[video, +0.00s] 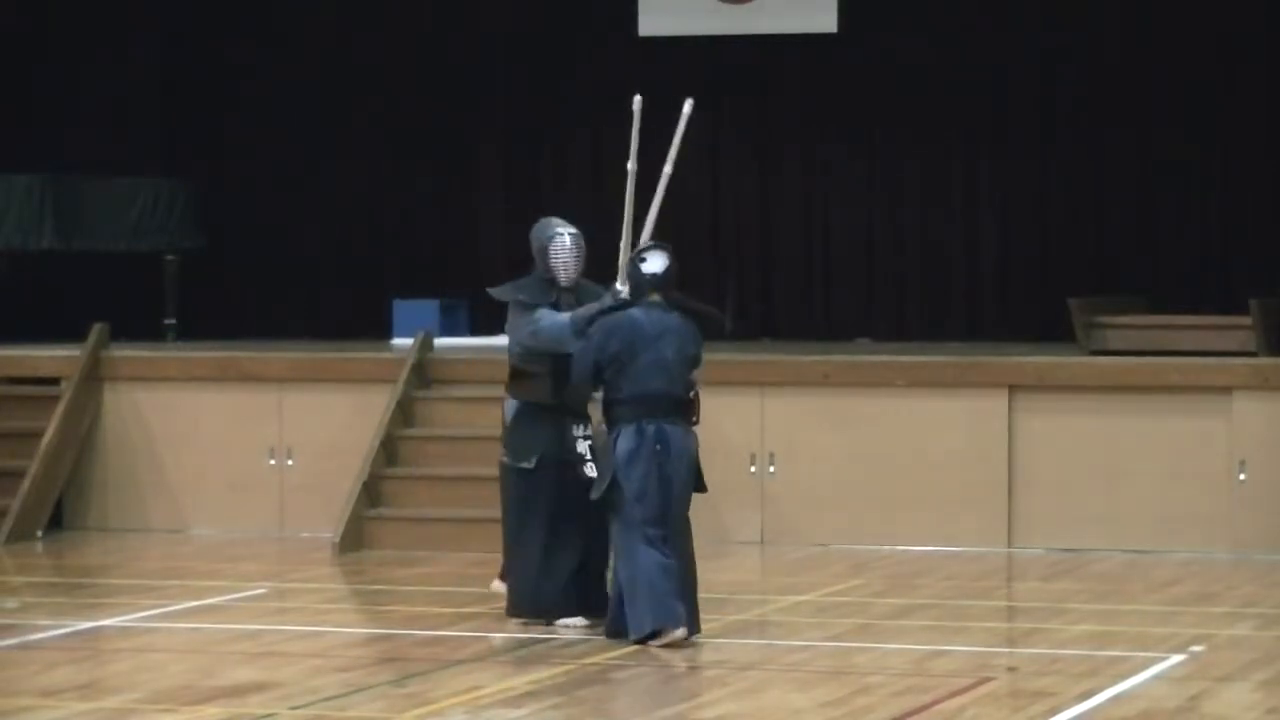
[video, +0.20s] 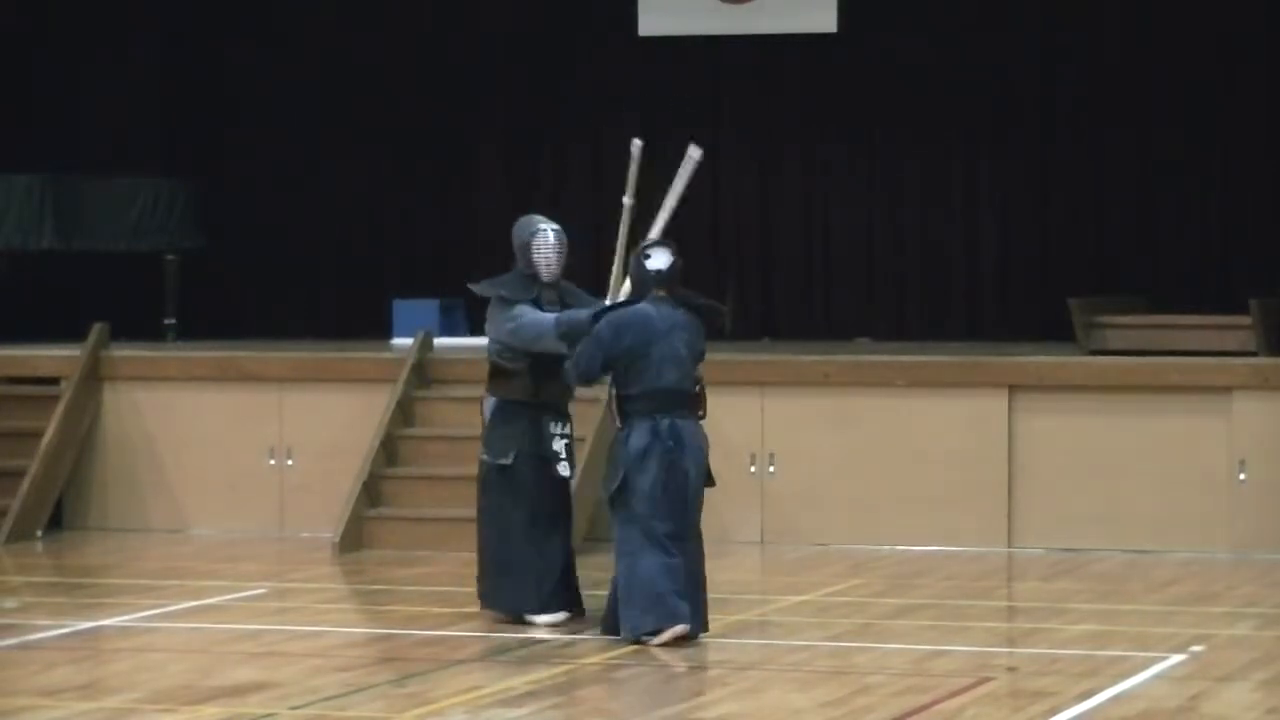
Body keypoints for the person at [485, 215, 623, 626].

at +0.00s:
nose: (567, 259)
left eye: (574, 250)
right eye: (559, 251)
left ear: (583, 255)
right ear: (541, 254)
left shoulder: (593, 298)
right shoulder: (524, 301)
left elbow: (618, 333)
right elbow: (548, 332)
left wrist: (635, 298)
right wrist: (609, 303)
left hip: (578, 415)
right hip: (535, 415)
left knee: (586, 509)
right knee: (541, 508)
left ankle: (584, 603)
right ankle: (546, 605)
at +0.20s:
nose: (550, 257)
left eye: (556, 248)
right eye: (541, 249)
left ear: (565, 252)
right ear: (523, 253)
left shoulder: (567, 296)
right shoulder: (506, 303)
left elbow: (603, 316)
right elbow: (547, 331)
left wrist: (634, 308)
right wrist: (597, 319)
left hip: (552, 411)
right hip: (514, 412)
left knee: (551, 504)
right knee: (526, 505)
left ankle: (553, 597)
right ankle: (528, 600)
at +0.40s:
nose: (539, 255)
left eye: (544, 246)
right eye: (531, 246)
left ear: (550, 249)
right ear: (509, 250)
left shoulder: (546, 293)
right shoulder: (493, 302)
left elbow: (582, 312)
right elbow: (533, 329)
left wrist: (621, 305)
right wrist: (593, 318)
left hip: (536, 411)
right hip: (501, 411)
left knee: (534, 507)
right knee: (501, 506)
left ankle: (527, 600)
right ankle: (478, 601)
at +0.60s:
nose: (523, 253)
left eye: (528, 244)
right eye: (514, 245)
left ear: (536, 248)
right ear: (494, 249)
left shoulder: (539, 296)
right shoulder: (477, 301)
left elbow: (573, 335)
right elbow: (512, 337)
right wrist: (571, 337)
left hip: (516, 413)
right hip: (479, 412)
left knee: (515, 508)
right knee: (483, 508)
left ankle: (509, 600)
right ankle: (477, 604)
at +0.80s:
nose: (511, 252)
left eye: (516, 243)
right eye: (502, 244)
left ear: (522, 247)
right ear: (481, 248)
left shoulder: (530, 297)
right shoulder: (463, 301)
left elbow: (558, 347)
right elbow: (494, 341)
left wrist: (579, 344)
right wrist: (557, 340)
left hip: (503, 412)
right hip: (464, 412)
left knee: (500, 506)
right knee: (469, 506)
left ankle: (487, 601)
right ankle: (467, 604)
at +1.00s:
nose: (500, 254)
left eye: (505, 245)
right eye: (491, 245)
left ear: (511, 248)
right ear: (470, 250)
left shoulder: (513, 298)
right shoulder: (451, 304)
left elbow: (541, 347)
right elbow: (490, 335)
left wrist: (566, 341)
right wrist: (548, 321)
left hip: (491, 414)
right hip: (452, 413)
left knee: (487, 509)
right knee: (450, 508)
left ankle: (481, 606)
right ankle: (436, 604)